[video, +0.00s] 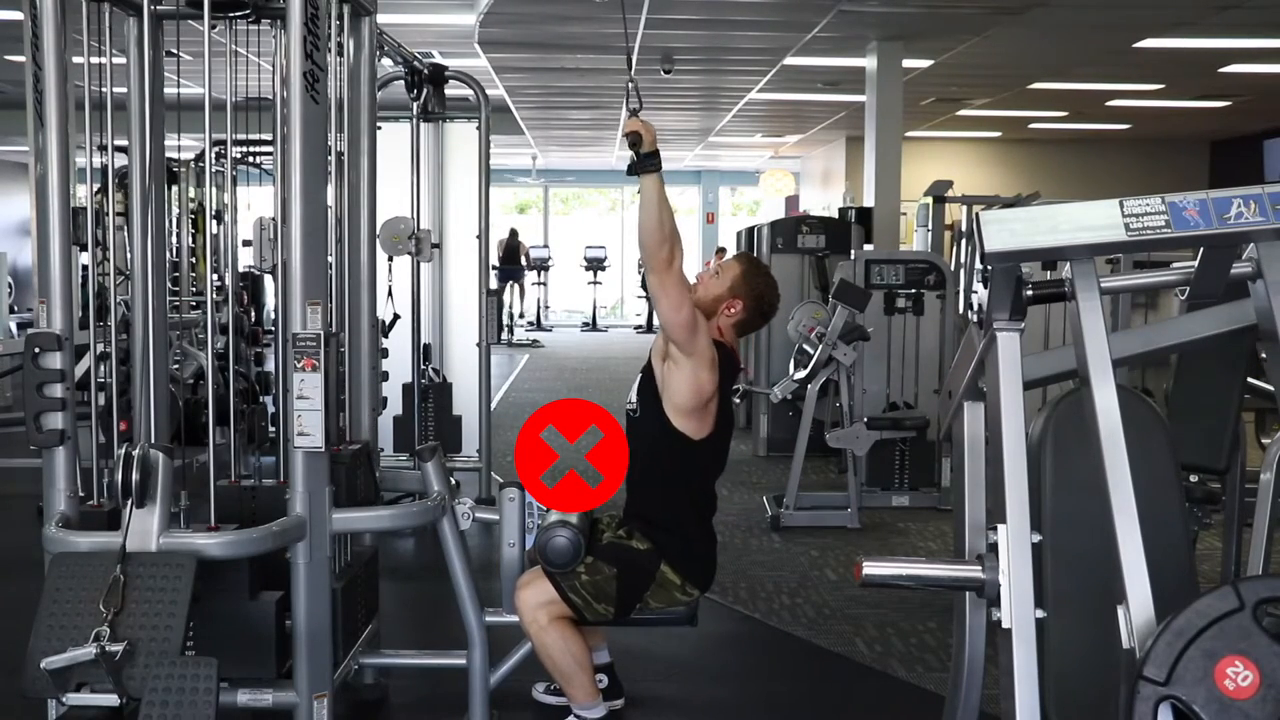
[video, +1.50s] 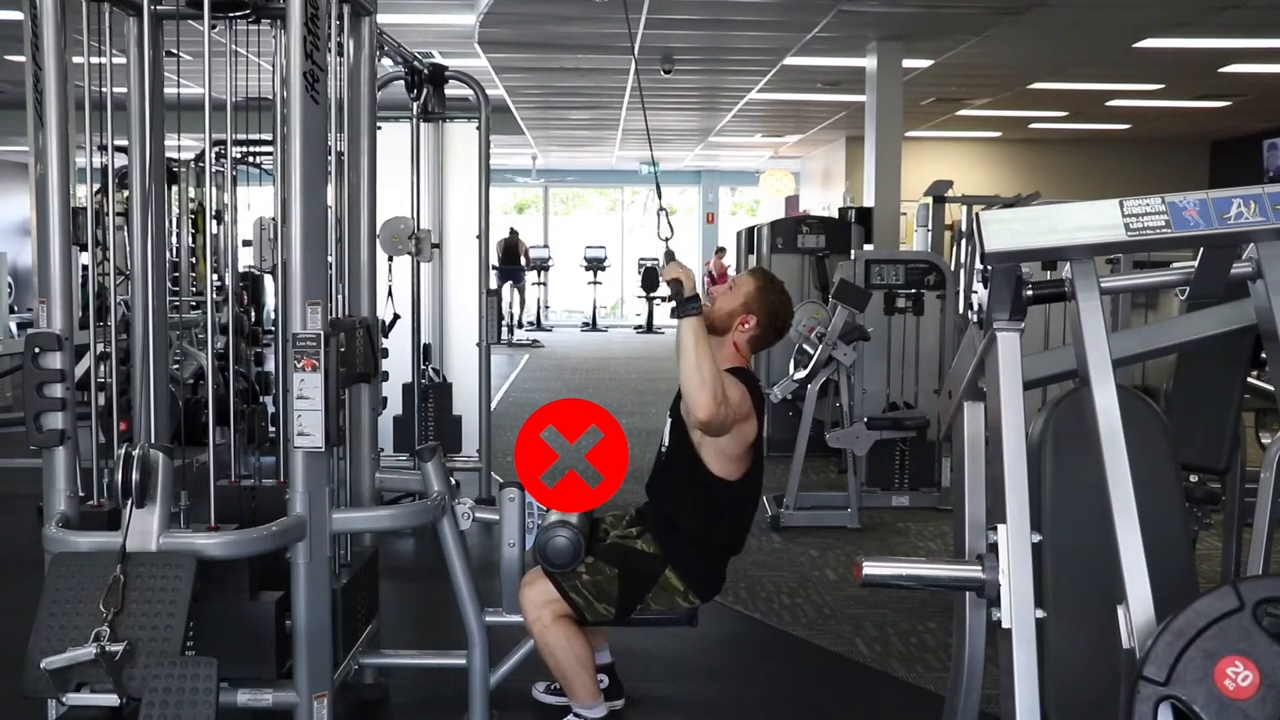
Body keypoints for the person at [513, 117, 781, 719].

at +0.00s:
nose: (702, 267)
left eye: (716, 268)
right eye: (715, 260)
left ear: (728, 306)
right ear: (731, 311)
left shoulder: (693, 348)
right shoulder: (700, 346)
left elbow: (661, 258)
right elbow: (663, 259)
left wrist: (646, 156)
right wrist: (646, 164)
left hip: (668, 555)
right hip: (661, 538)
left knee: (533, 595)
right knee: (550, 548)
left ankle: (589, 709)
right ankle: (592, 670)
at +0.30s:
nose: (705, 273)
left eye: (718, 273)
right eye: (716, 268)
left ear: (732, 313)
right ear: (732, 316)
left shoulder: (703, 370)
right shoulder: (703, 358)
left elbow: (667, 295)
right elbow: (667, 290)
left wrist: (653, 190)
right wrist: (654, 200)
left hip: (676, 561)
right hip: (661, 538)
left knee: (536, 596)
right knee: (553, 545)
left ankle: (589, 710)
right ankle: (593, 671)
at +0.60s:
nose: (710, 287)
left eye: (722, 286)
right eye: (719, 281)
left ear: (739, 321)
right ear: (740, 324)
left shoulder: (720, 389)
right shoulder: (715, 363)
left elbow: (679, 360)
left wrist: (667, 250)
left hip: (680, 561)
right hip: (660, 527)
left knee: (538, 596)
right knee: (555, 544)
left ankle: (589, 710)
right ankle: (596, 673)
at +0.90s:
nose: (715, 285)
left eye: (727, 286)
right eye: (724, 280)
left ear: (740, 324)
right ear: (741, 326)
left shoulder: (735, 392)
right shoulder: (718, 367)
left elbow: (700, 419)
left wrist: (682, 312)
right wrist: (721, 283)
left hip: (680, 560)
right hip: (659, 529)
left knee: (539, 595)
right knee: (555, 544)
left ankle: (590, 712)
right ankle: (597, 675)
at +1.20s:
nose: (717, 289)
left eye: (730, 289)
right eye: (727, 284)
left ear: (743, 325)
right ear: (744, 328)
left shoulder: (735, 392)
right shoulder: (720, 376)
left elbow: (707, 443)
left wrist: (691, 337)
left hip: (679, 560)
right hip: (659, 530)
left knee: (538, 594)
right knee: (555, 545)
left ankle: (590, 712)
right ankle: (596, 674)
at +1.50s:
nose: (717, 286)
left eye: (730, 287)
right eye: (726, 281)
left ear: (743, 324)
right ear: (744, 327)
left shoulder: (737, 389)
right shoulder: (721, 371)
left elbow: (706, 411)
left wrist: (688, 302)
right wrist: (714, 289)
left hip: (678, 562)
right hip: (658, 529)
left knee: (539, 594)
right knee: (555, 543)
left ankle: (589, 712)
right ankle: (596, 674)